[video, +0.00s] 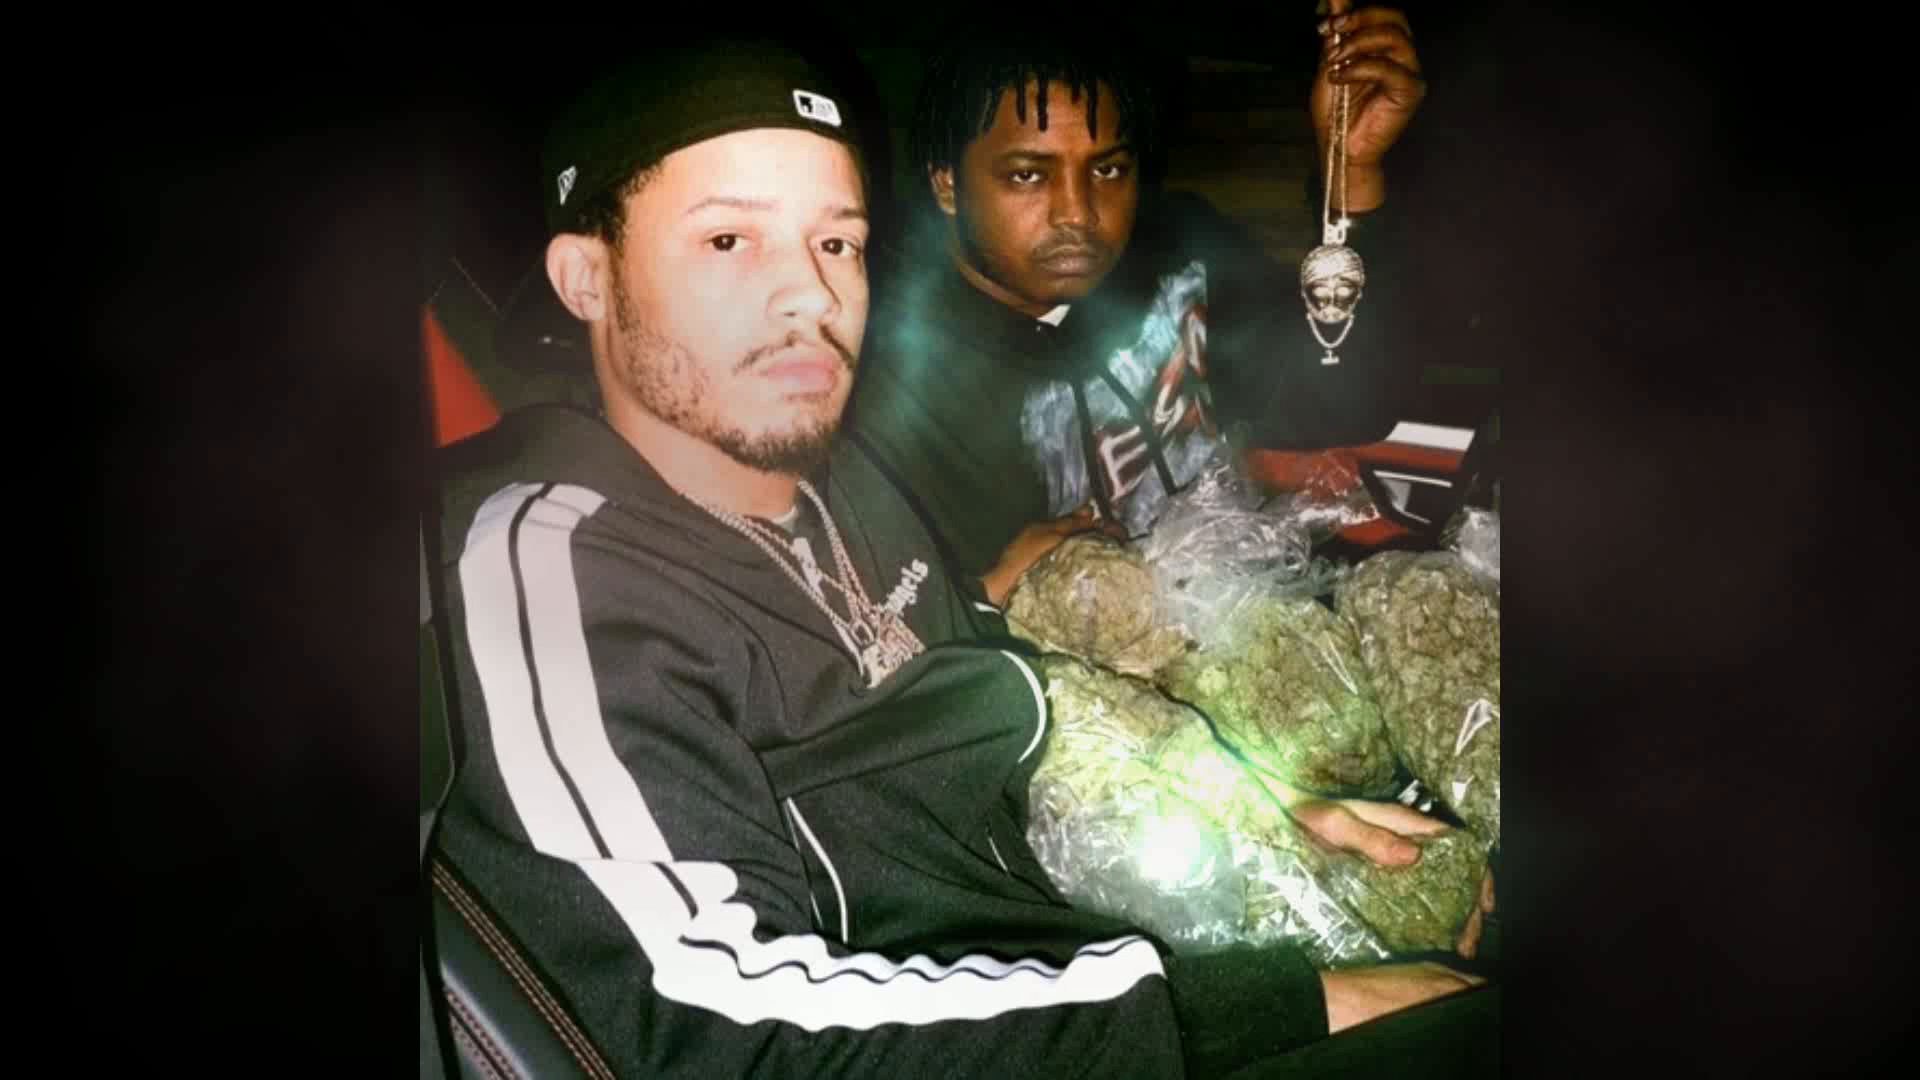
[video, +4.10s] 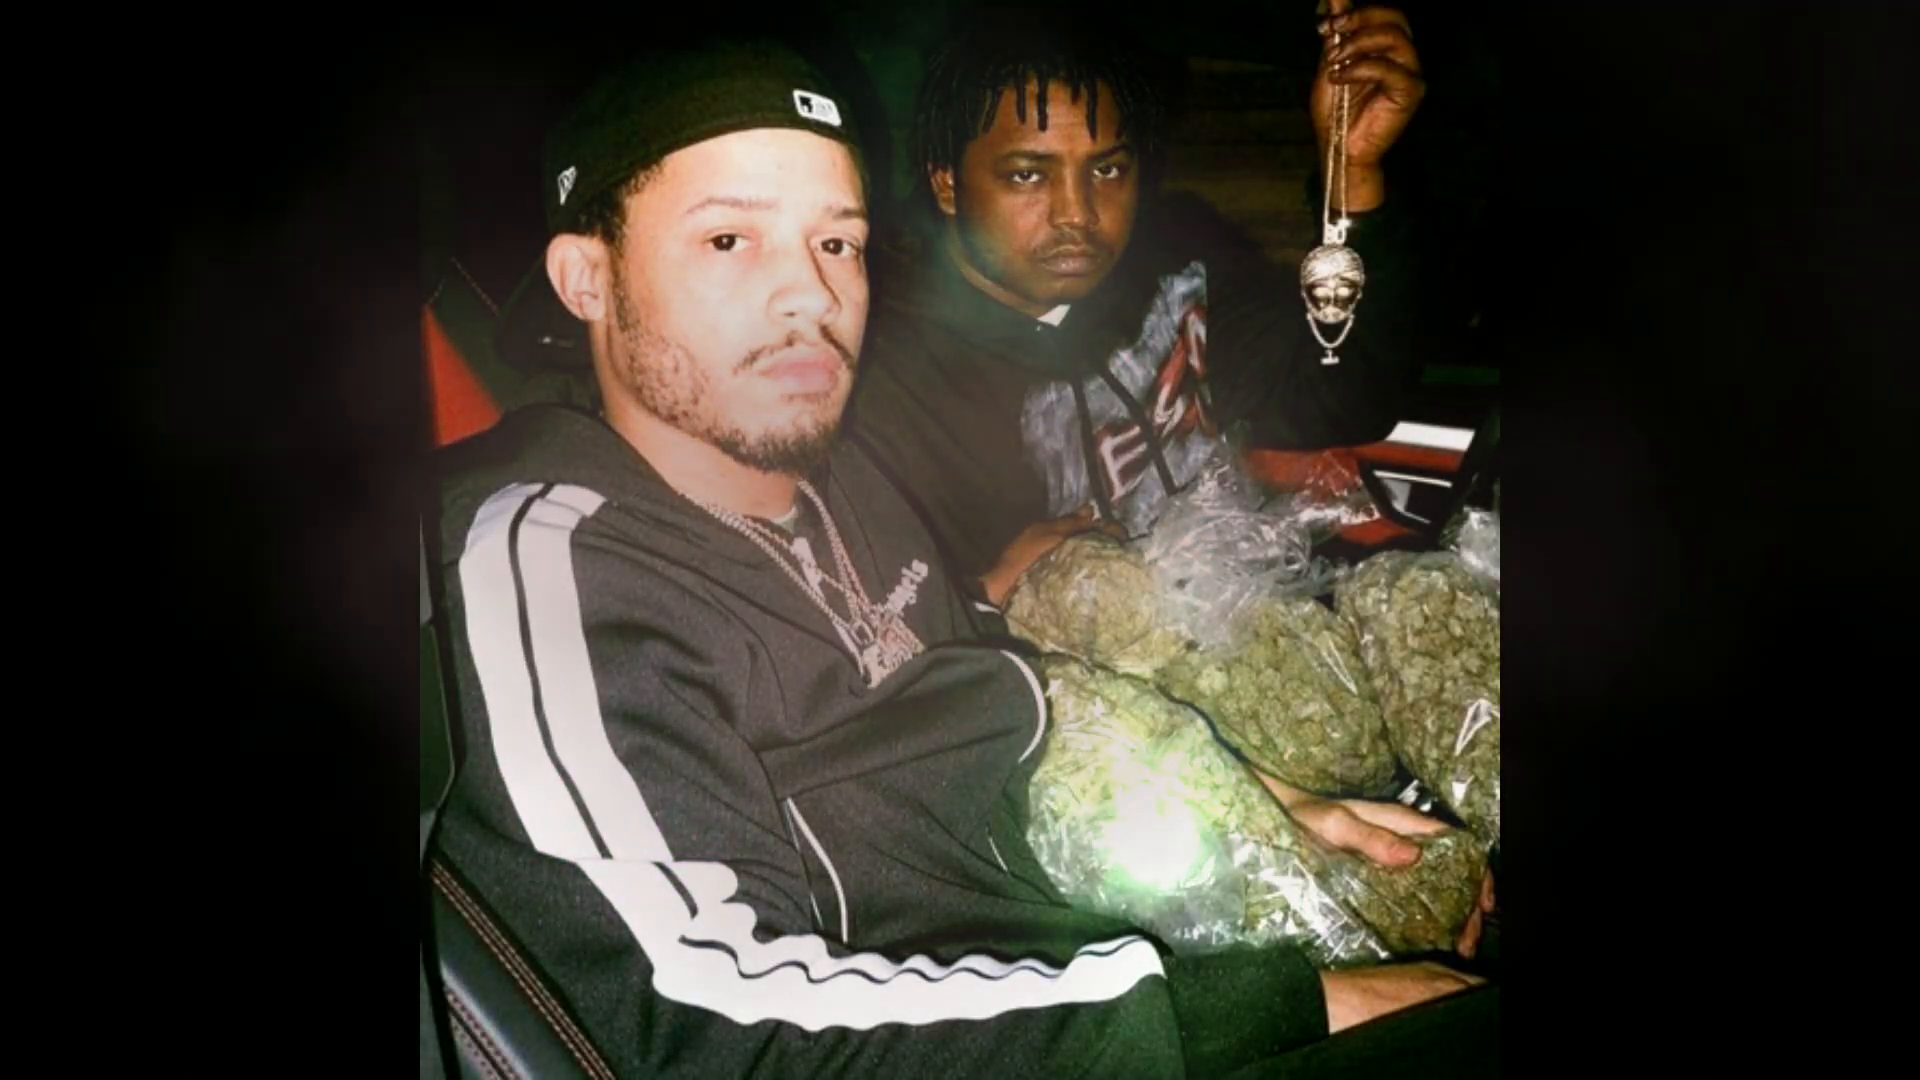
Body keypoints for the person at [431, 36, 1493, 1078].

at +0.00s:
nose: (813, 304)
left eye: (835, 251)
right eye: (730, 244)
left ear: (868, 269)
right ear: (587, 283)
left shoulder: (837, 481)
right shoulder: (538, 556)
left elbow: (1010, 765)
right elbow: (713, 1016)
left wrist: (1275, 835)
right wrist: (1274, 1005)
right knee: (1459, 1014)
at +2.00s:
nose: (811, 304)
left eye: (836, 249)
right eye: (729, 245)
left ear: (867, 268)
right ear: (588, 282)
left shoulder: (826, 490)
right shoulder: (536, 554)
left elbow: (1004, 757)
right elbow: (705, 1013)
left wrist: (1271, 826)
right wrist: (1278, 1005)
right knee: (1461, 1007)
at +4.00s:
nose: (813, 302)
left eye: (836, 250)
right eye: (729, 244)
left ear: (867, 271)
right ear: (588, 283)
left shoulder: (833, 475)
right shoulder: (533, 551)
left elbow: (1010, 743)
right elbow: (706, 1016)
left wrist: (1267, 828)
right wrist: (1275, 1008)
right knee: (1449, 1003)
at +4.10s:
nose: (812, 304)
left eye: (836, 250)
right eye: (729, 246)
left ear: (867, 269)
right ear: (588, 283)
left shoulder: (831, 476)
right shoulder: (531, 553)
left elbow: (1005, 745)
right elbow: (710, 1011)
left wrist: (1263, 828)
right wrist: (1279, 1006)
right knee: (1456, 1007)